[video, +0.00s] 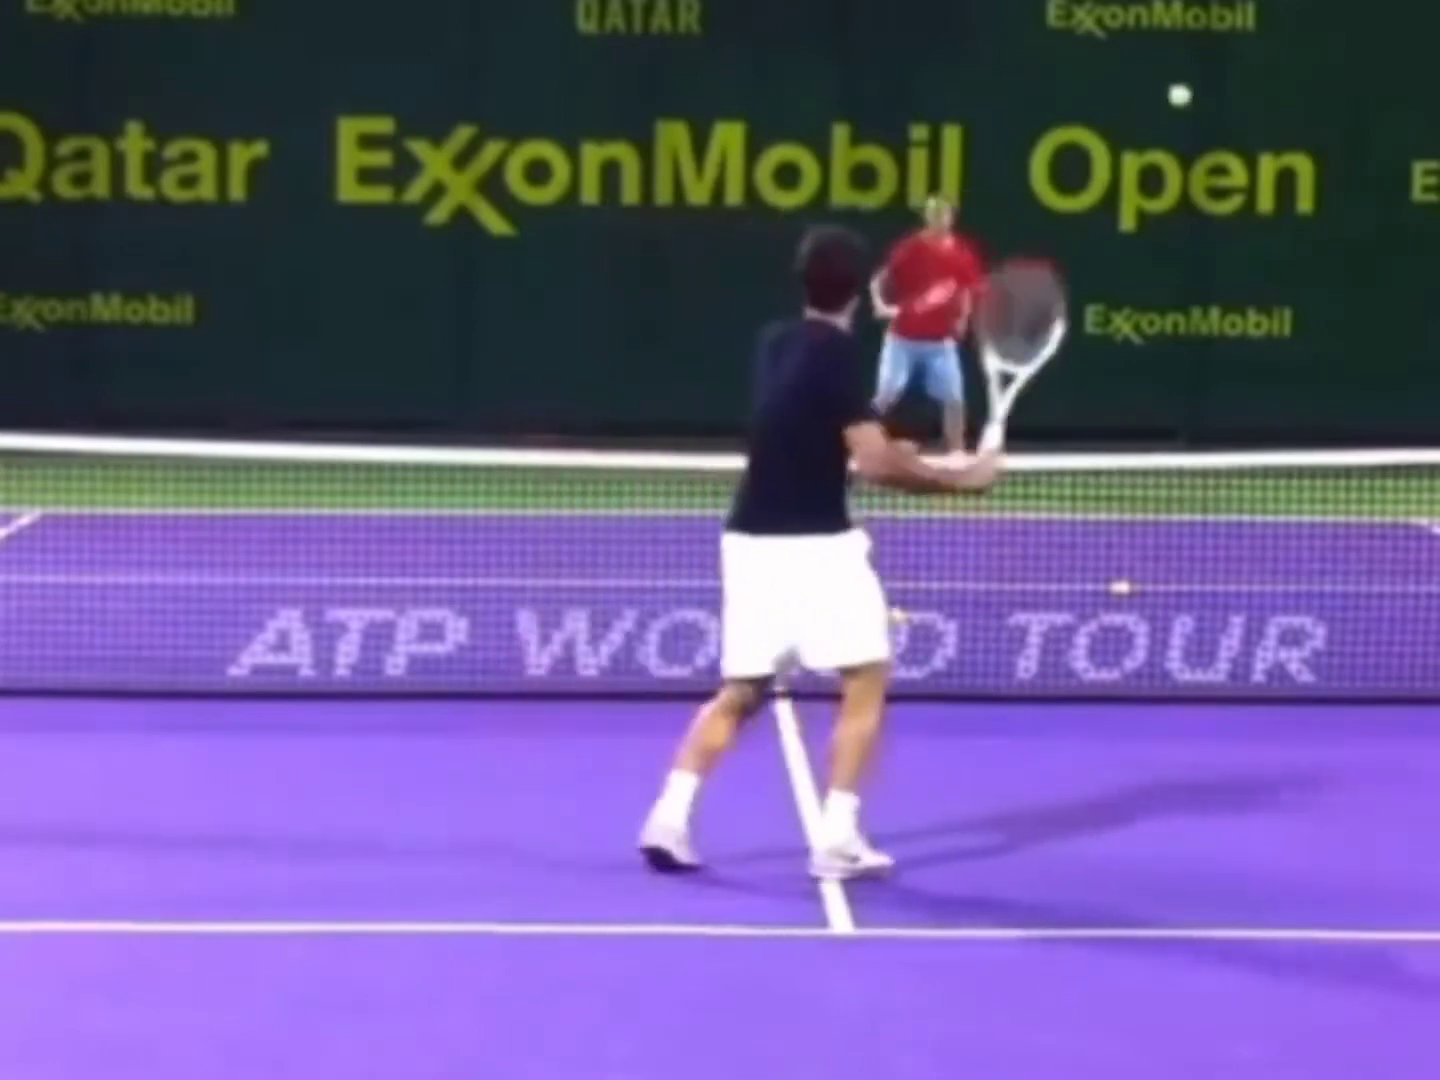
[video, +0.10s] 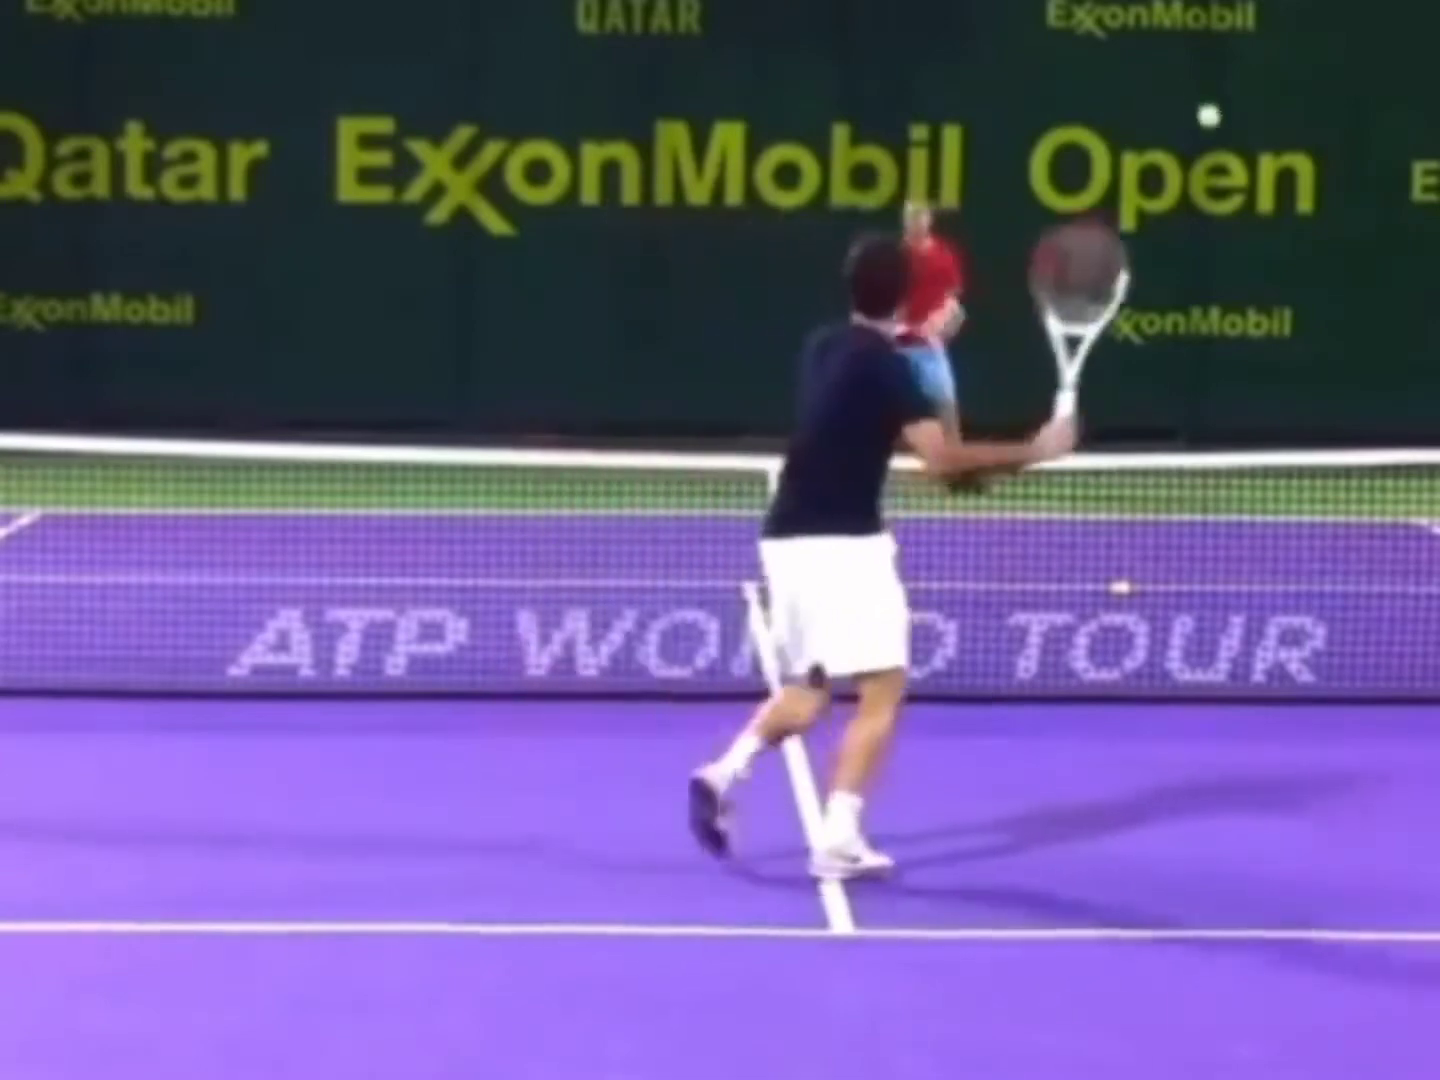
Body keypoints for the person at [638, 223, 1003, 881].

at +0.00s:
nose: (859, 289)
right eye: (860, 280)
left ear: (801, 285)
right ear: (859, 289)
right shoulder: (838, 354)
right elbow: (873, 457)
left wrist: (935, 462)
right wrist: (957, 473)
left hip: (749, 539)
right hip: (820, 542)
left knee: (740, 686)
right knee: (866, 682)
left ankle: (670, 816)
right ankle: (838, 830)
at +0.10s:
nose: (926, 302)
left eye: (923, 291)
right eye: (920, 292)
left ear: (855, 293)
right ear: (904, 300)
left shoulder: (824, 346)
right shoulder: (887, 367)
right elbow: (943, 458)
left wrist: (923, 346)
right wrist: (1034, 450)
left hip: (788, 541)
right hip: (847, 545)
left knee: (807, 689)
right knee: (881, 694)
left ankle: (724, 772)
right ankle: (840, 830)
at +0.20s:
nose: (965, 320)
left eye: (963, 307)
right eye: (961, 307)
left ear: (898, 302)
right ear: (945, 311)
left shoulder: (867, 351)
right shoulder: (925, 366)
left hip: (820, 536)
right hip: (872, 542)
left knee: (864, 668)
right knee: (897, 687)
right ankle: (843, 825)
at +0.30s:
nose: (1002, 327)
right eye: (1001, 317)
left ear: (939, 310)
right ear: (994, 325)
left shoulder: (895, 356)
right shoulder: (972, 379)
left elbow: (823, 415)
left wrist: (809, 461)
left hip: (853, 539)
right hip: (904, 547)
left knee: (928, 677)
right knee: (912, 693)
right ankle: (839, 820)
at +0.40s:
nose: (1041, 337)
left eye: (1039, 325)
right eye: (1038, 327)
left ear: (977, 321)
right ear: (1024, 334)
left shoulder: (923, 369)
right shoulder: (1014, 394)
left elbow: (856, 430)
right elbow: (1105, 445)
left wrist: (839, 474)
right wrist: (1187, 455)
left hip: (904, 554)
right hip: (952, 561)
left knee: (990, 678)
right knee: (945, 700)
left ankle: (1028, 802)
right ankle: (841, 809)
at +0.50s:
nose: (1070, 341)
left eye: (1068, 329)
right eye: (1068, 332)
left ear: (1007, 326)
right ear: (1055, 337)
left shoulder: (961, 378)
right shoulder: (1045, 402)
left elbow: (905, 440)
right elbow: (1107, 459)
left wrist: (892, 473)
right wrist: (1177, 463)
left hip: (938, 560)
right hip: (988, 569)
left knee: (1034, 655)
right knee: (985, 706)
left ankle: (1033, 797)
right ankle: (866, 791)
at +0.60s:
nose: (1095, 325)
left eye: (1093, 315)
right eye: (1094, 317)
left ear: (1034, 315)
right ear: (1085, 323)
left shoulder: (980, 369)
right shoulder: (1083, 395)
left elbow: (919, 450)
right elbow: (1090, 456)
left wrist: (967, 466)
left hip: (962, 551)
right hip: (1024, 561)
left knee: (1030, 677)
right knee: (1021, 699)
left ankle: (1033, 797)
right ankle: (912, 787)